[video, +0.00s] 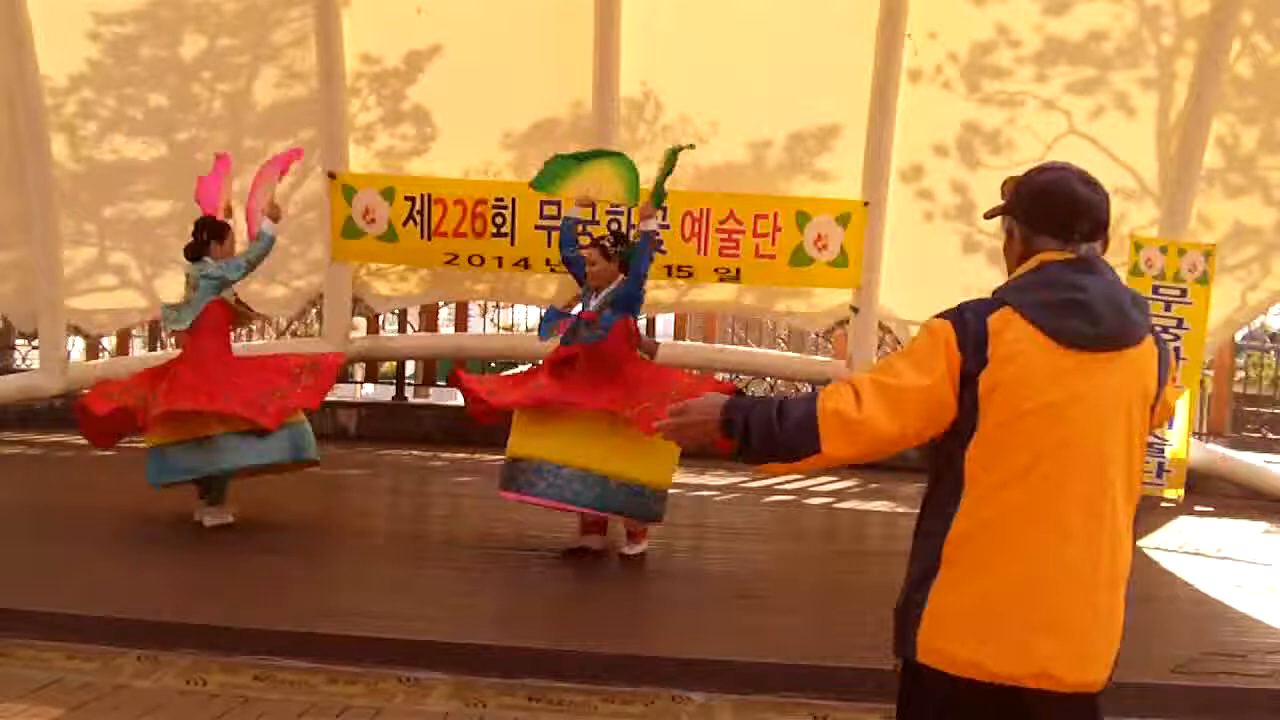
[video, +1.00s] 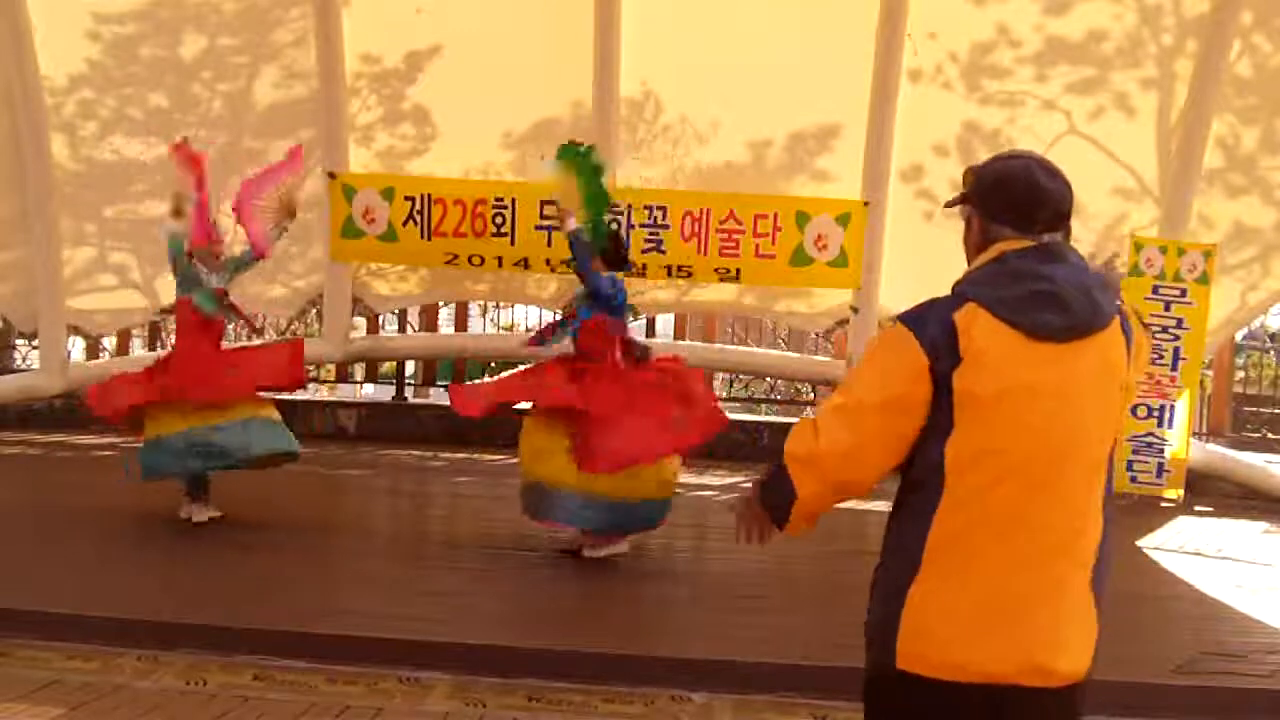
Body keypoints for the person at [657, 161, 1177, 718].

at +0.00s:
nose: (1002, 241)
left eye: (1003, 227)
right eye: (1005, 225)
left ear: (1015, 237)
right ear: (1100, 245)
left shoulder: (977, 330)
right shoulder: (1147, 350)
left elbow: (859, 414)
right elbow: (1151, 425)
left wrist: (733, 419)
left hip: (963, 644)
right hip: (1077, 657)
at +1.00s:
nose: (964, 233)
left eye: (965, 218)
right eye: (964, 216)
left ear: (979, 225)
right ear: (1059, 229)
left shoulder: (940, 329)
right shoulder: (1116, 335)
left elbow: (852, 438)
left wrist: (778, 495)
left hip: (936, 647)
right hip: (1056, 655)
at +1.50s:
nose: (906, 222)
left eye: (907, 211)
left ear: (913, 219)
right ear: (1008, 224)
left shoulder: (867, 328)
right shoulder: (1062, 326)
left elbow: (774, 475)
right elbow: (1127, 363)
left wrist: (758, 504)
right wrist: (1099, 305)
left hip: (888, 656)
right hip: (1012, 659)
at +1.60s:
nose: (893, 219)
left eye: (892, 208)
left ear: (899, 212)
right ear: (991, 217)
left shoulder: (858, 321)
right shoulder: (1057, 331)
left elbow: (765, 452)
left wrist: (725, 494)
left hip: (869, 646)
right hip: (990, 649)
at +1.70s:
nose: (893, 212)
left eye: (894, 199)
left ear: (901, 203)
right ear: (995, 206)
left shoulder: (855, 308)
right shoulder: (1059, 333)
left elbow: (761, 434)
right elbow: (1091, 501)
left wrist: (698, 502)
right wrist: (1034, 450)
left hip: (851, 632)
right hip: (969, 642)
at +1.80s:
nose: (898, 200)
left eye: (900, 187)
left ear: (908, 195)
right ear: (1001, 203)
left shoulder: (852, 300)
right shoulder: (1055, 333)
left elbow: (772, 422)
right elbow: (1068, 472)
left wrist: (720, 515)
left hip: (843, 621)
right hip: (963, 631)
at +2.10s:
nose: (888, 203)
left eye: (887, 192)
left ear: (890, 196)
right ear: (981, 211)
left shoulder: (814, 298)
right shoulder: (1014, 320)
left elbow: (716, 420)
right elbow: (1086, 444)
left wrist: (668, 531)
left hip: (786, 632)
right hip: (912, 644)